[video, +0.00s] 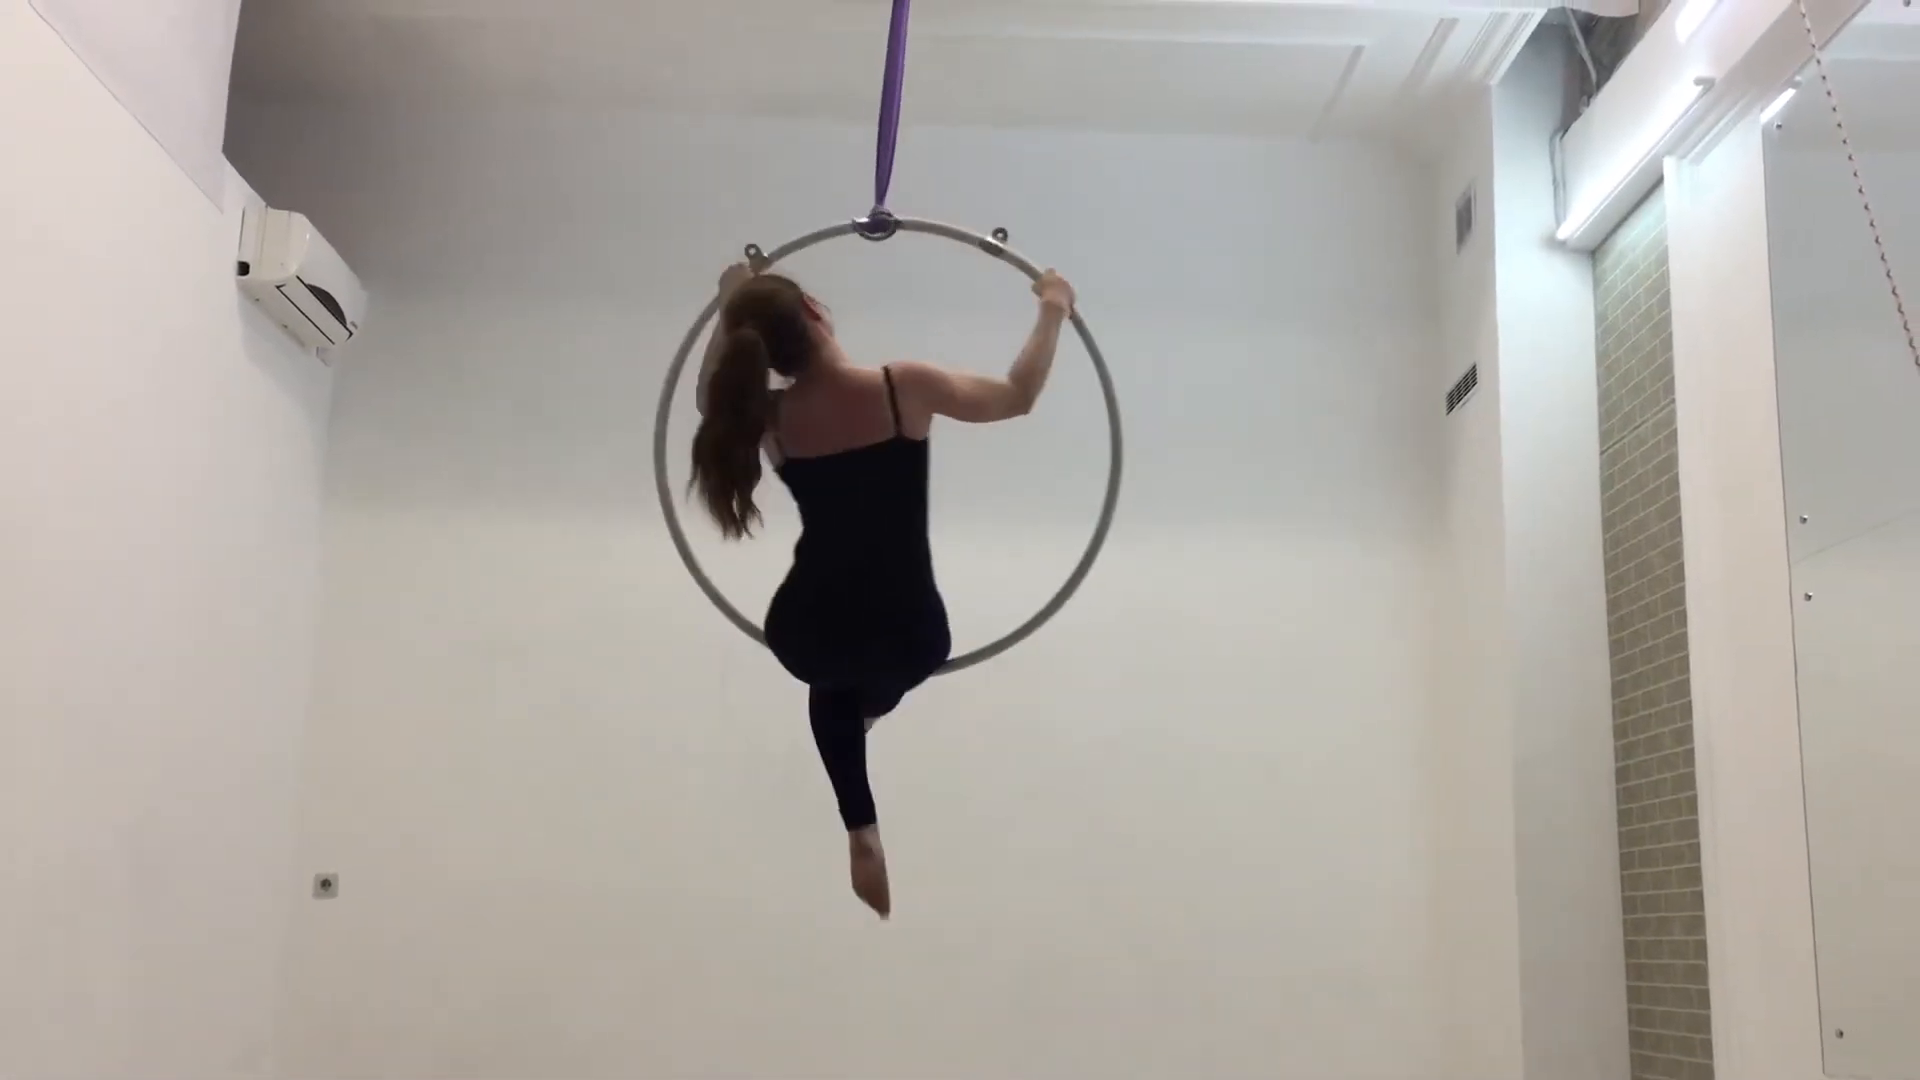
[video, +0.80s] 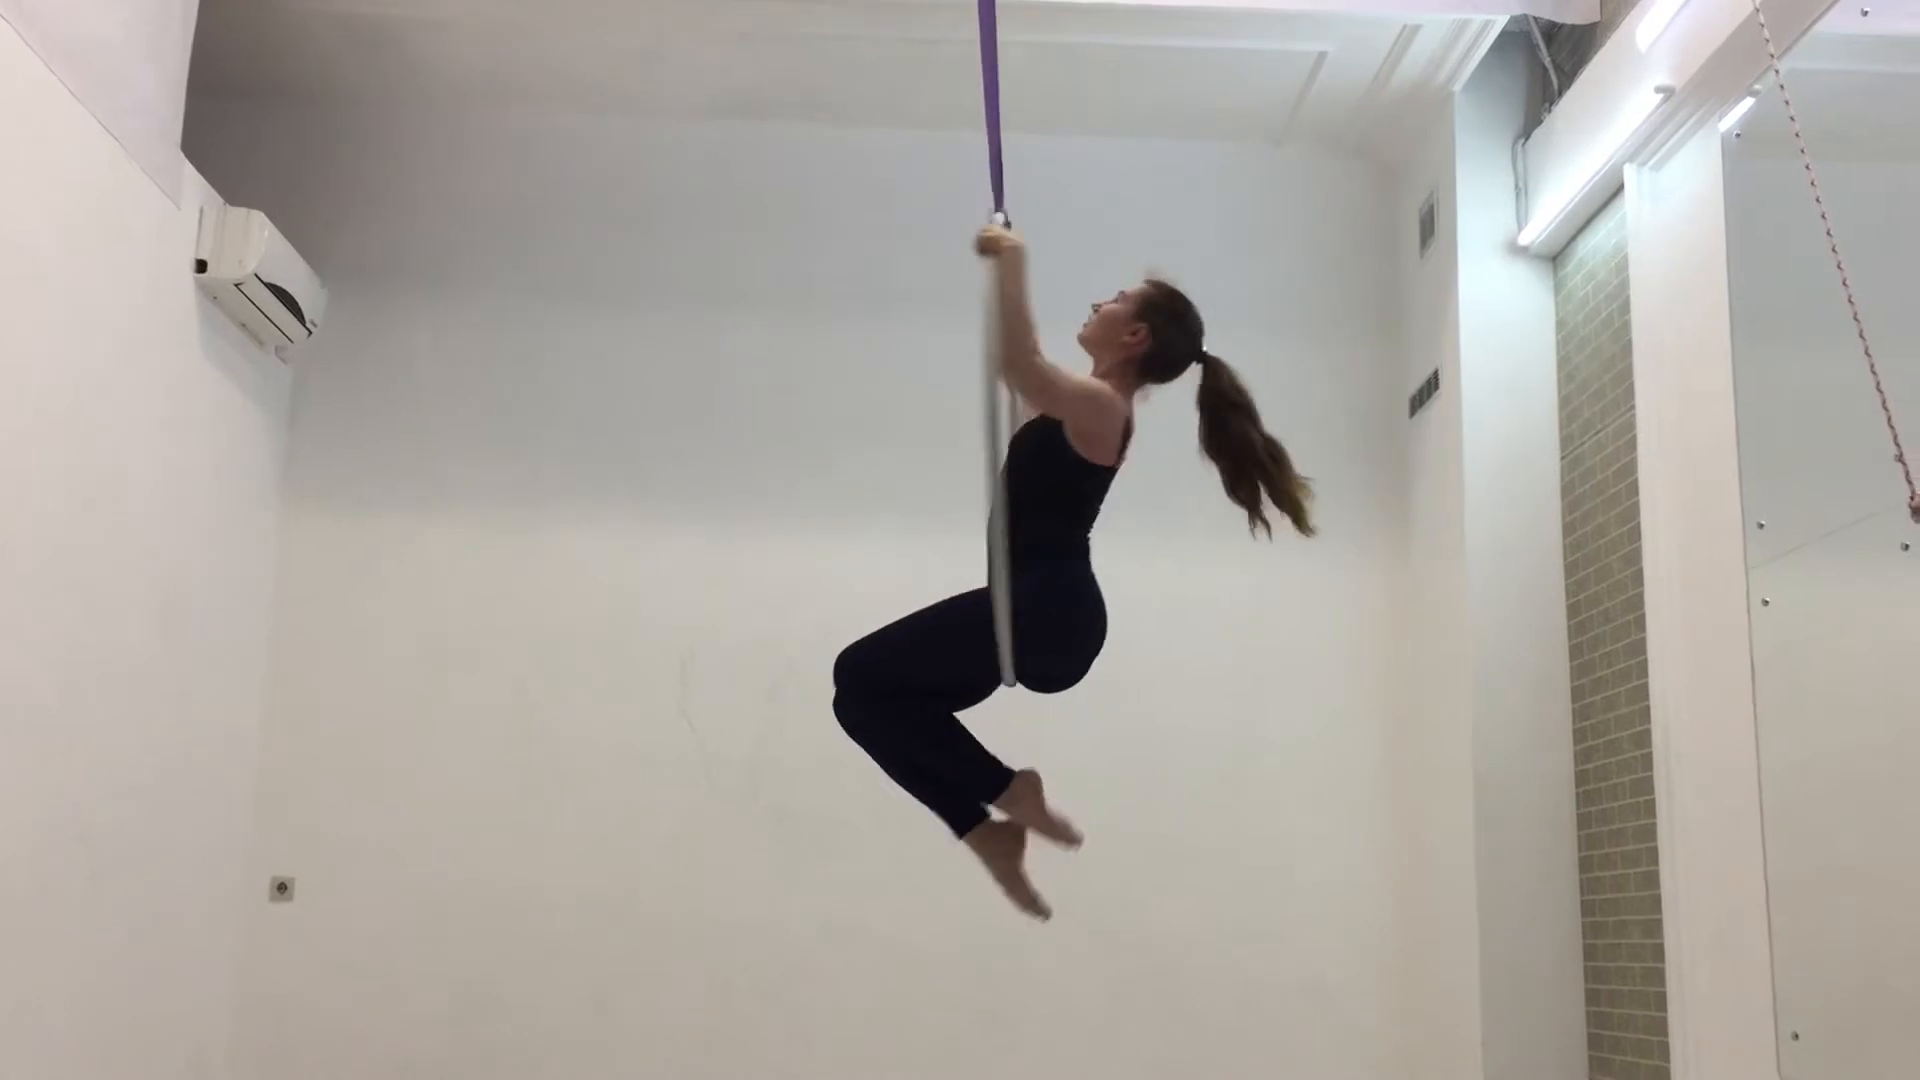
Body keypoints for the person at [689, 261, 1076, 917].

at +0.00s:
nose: (821, 305)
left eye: (809, 300)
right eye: (815, 300)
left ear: (766, 348)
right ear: (818, 313)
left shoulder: (778, 423)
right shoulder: (907, 386)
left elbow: (726, 394)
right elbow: (1016, 395)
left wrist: (736, 311)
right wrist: (1053, 310)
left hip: (817, 624)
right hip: (907, 623)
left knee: (828, 692)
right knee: (879, 686)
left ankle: (863, 835)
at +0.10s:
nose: (867, 306)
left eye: (853, 302)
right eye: (858, 303)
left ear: (811, 351)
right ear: (863, 317)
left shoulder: (811, 421)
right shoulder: (949, 394)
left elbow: (726, 399)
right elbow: (1048, 407)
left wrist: (749, 308)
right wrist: (1074, 325)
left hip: (835, 634)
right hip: (928, 639)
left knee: (832, 690)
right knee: (881, 685)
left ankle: (869, 825)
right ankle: (834, 764)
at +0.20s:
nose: (922, 311)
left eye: (911, 305)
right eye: (915, 306)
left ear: (856, 352)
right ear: (916, 322)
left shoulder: (853, 415)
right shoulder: (996, 403)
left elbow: (758, 397)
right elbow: (1076, 419)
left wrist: (775, 301)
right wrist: (1094, 339)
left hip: (855, 630)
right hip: (949, 644)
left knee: (824, 667)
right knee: (879, 693)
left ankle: (872, 801)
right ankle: (816, 832)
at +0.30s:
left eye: (917, 338)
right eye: (970, 319)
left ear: (911, 351)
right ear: (977, 329)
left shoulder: (905, 416)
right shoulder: (1036, 410)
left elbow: (794, 391)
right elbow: (1102, 432)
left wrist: (805, 291)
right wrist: (1112, 349)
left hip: (881, 622)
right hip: (973, 640)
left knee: (823, 684)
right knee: (873, 708)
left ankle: (889, 797)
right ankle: (830, 858)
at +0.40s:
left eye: (971, 323)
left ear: (966, 341)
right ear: (1035, 334)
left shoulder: (939, 414)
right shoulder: (1066, 418)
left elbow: (822, 387)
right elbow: (1118, 440)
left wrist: (830, 285)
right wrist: (1118, 356)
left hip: (912, 619)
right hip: (997, 634)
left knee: (818, 687)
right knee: (869, 698)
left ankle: (914, 795)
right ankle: (871, 836)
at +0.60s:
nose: (1051, 301)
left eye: (1061, 306)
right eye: (1064, 298)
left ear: (1065, 345)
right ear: (1107, 364)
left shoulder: (1012, 410)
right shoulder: (1101, 427)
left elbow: (894, 374)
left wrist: (893, 271)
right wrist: (1068, 350)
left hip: (979, 622)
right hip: (1041, 637)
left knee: (824, 688)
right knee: (876, 702)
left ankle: (967, 775)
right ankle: (961, 804)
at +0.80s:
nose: (1099, 303)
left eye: (1116, 302)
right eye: (1114, 297)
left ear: (1133, 336)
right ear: (1135, 343)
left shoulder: (1101, 408)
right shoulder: (1091, 403)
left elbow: (1020, 363)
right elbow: (1018, 368)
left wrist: (1011, 261)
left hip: (1041, 611)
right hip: (1039, 611)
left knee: (862, 677)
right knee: (870, 694)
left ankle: (1002, 790)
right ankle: (984, 828)